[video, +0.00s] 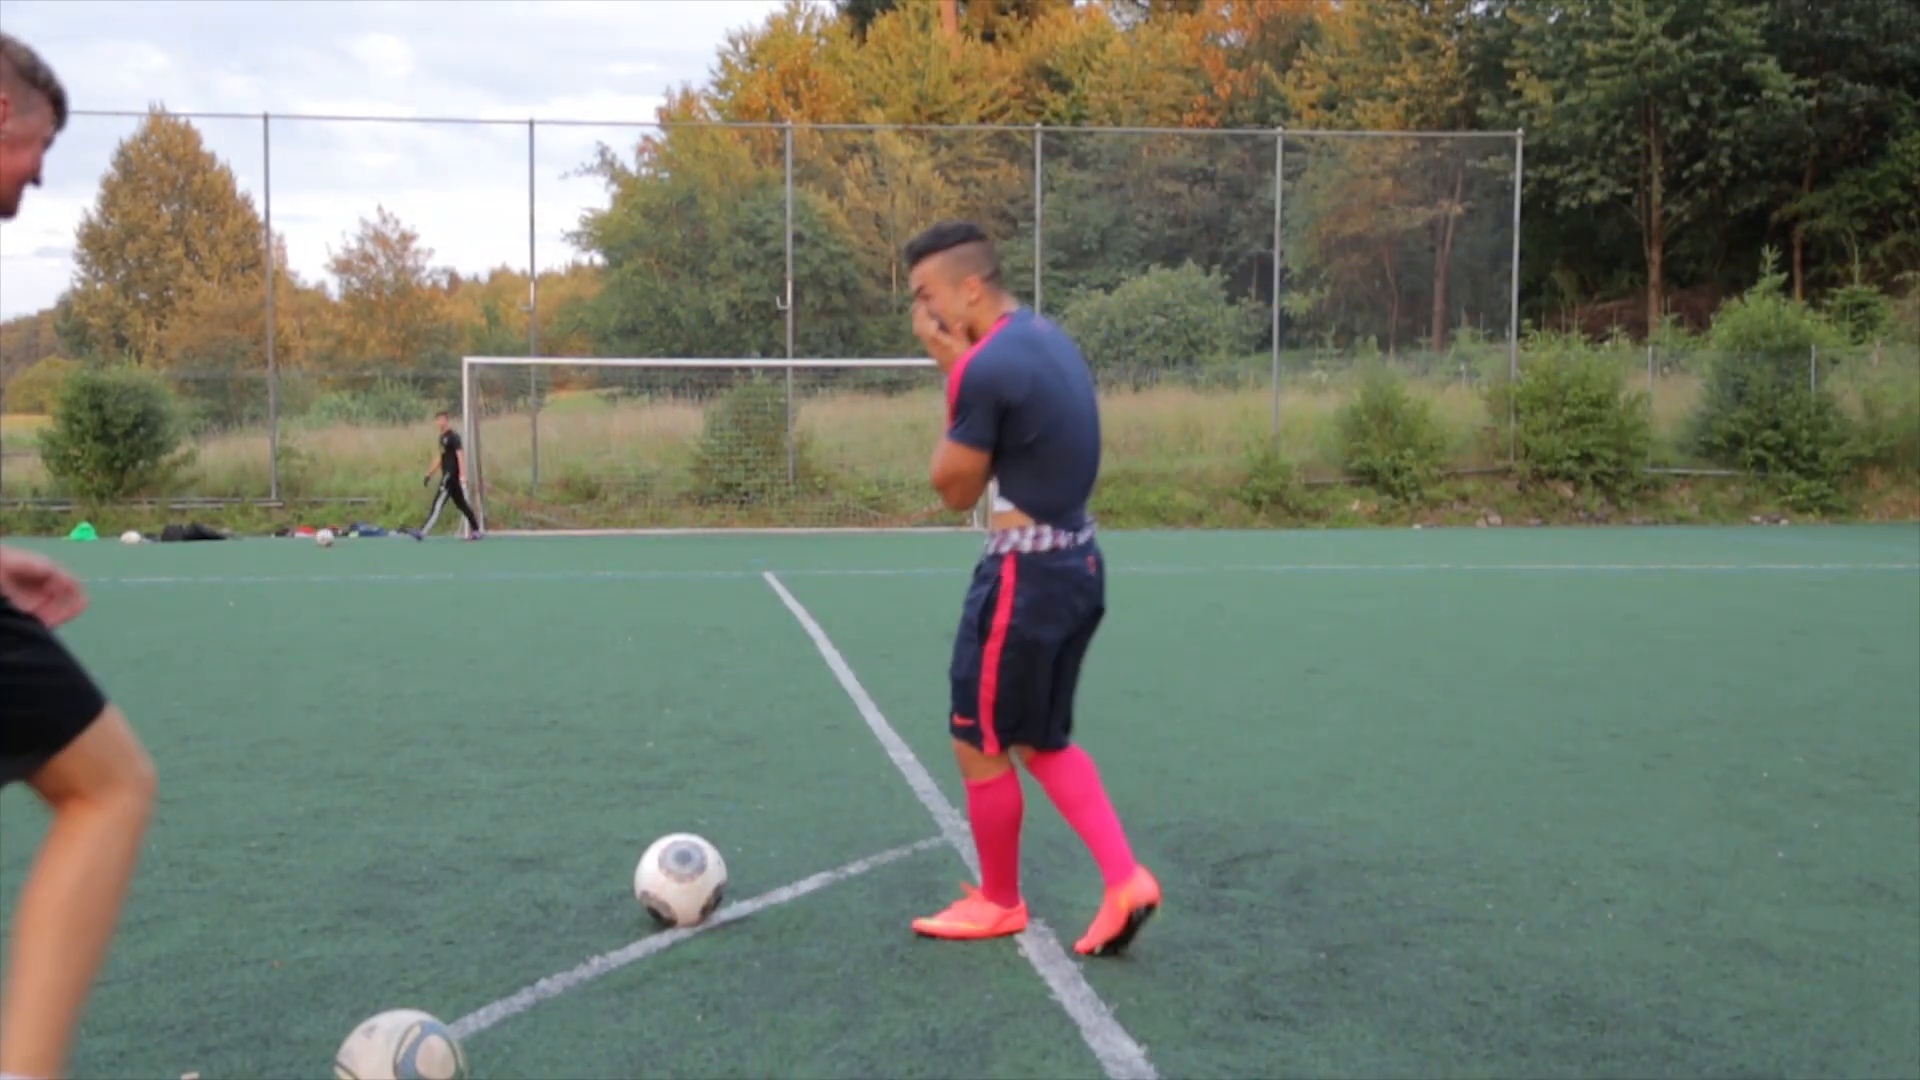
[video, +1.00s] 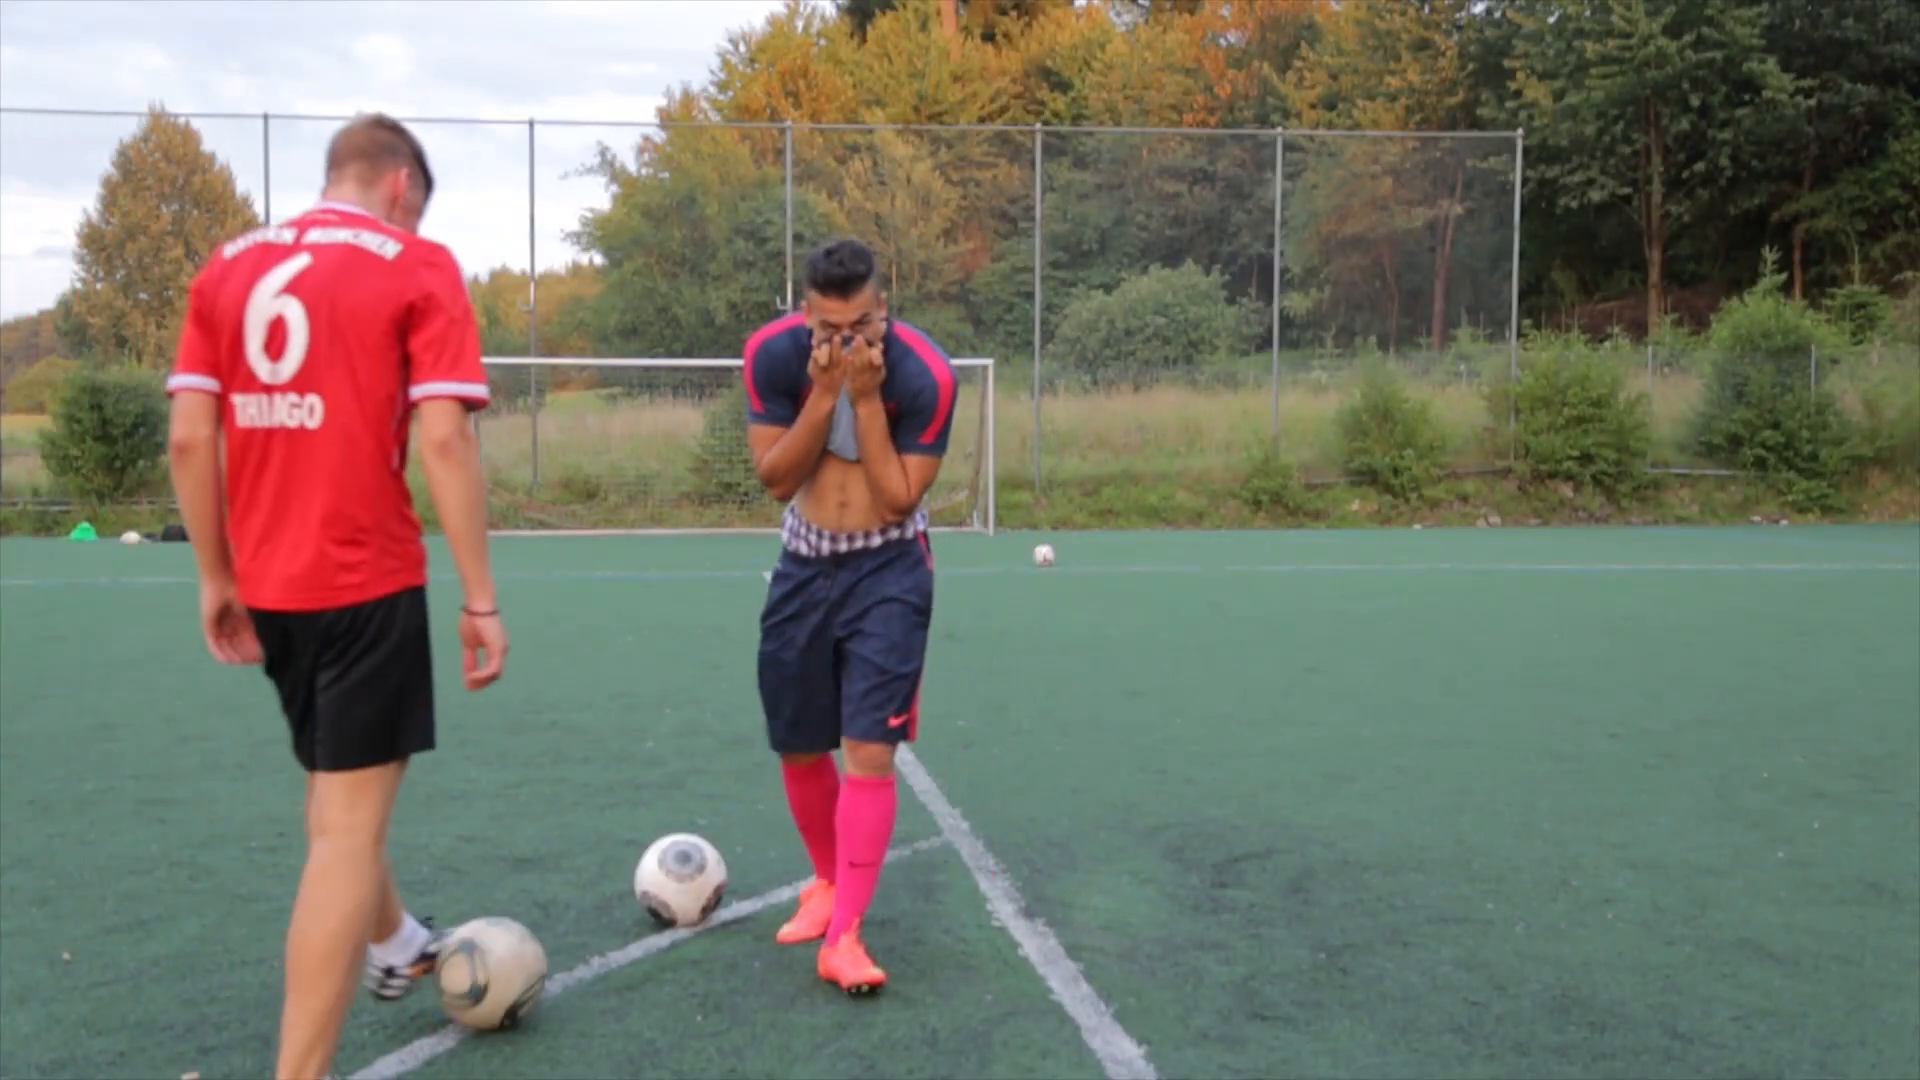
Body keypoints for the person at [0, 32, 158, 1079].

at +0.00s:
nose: (21, 196)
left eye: (28, 178)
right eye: (19, 174)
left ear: (29, 152)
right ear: (0, 136)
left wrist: (0, 559)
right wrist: (9, 563)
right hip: (8, 601)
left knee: (100, 783)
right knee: (110, 786)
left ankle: (30, 1058)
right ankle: (27, 1063)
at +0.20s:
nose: (85, 180)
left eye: (92, 159)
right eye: (86, 153)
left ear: (29, 122)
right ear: (47, 121)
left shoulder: (18, 223)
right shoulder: (17, 217)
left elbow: (10, 421)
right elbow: (7, 415)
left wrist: (30, 577)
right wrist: (15, 610)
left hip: (25, 580)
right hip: (23, 582)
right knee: (216, 790)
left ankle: (257, 1059)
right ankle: (260, 1065)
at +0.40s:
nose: (193, 186)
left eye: (198, 161)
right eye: (194, 158)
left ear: (102, 130)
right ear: (156, 133)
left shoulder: (20, 219)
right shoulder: (115, 234)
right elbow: (74, 433)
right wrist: (124, 632)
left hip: (16, 618)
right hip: (100, 610)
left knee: (8, 860)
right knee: (230, 836)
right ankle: (300, 1074)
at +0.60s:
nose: (312, 202)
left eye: (320, 184)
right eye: (319, 179)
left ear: (223, 139)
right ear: (294, 148)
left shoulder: (111, 236)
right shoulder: (265, 244)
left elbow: (40, 417)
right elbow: (236, 430)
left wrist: (7, 565)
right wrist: (272, 617)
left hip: (103, 595)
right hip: (208, 595)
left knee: (172, 822)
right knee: (283, 830)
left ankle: (15, 1042)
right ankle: (300, 1071)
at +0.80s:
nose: (379, 199)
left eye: (382, 186)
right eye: (384, 186)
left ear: (290, 152)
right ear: (364, 162)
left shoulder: (175, 235)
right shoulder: (365, 250)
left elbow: (111, 405)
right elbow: (367, 420)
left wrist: (124, 554)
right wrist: (402, 597)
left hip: (183, 573)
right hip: (296, 575)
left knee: (268, 750)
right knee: (315, 826)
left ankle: (233, 998)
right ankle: (299, 1068)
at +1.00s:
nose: (417, 220)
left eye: (419, 210)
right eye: (420, 208)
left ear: (328, 178)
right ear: (402, 185)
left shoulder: (229, 265)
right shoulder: (418, 266)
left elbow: (189, 432)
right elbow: (441, 434)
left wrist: (215, 573)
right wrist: (479, 596)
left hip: (263, 581)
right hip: (364, 578)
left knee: (337, 782)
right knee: (344, 837)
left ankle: (399, 948)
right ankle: (297, 1070)